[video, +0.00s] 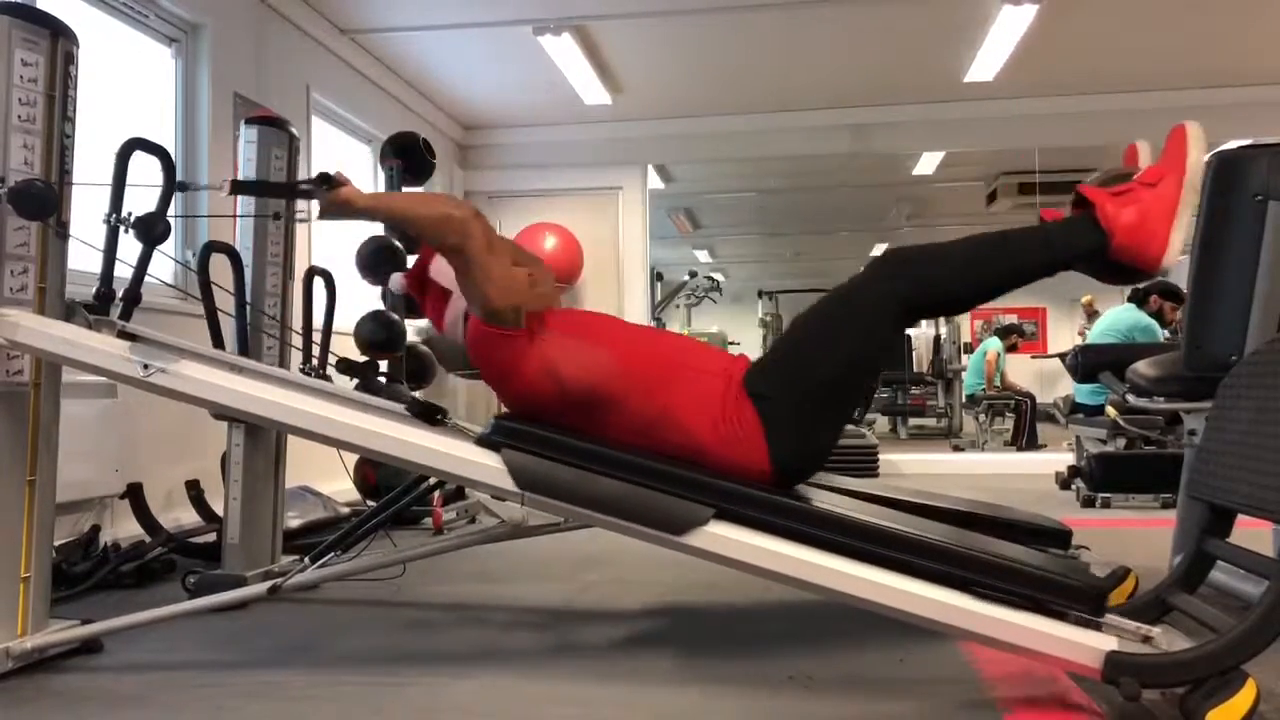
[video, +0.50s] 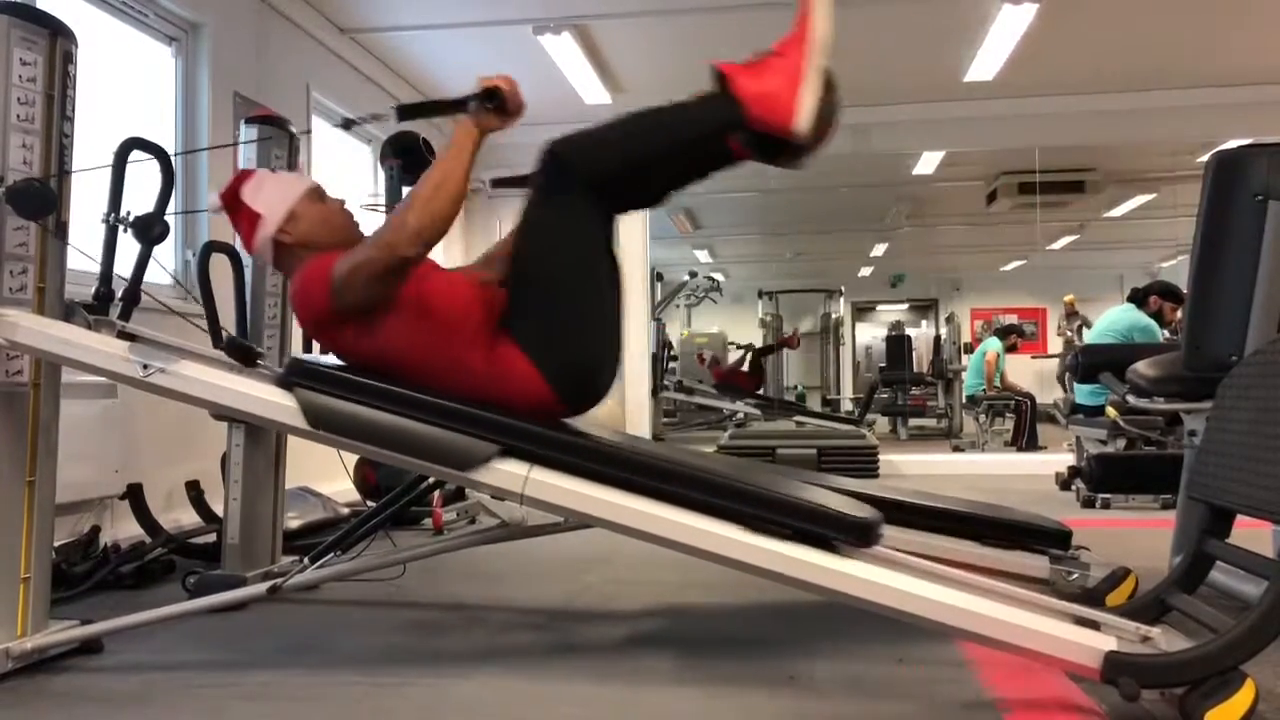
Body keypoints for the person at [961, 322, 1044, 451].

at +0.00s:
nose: (1019, 342)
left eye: (1020, 339)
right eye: (1019, 338)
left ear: (1011, 337)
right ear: (1013, 337)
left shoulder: (999, 348)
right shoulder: (995, 343)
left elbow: (1004, 382)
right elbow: (990, 361)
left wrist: (1019, 389)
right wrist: (990, 389)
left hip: (982, 393)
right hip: (977, 393)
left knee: (1026, 399)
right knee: (1027, 400)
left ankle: (1018, 442)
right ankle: (1027, 444)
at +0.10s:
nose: (1019, 342)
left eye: (1020, 339)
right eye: (1018, 338)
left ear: (1010, 337)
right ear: (1012, 336)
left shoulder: (999, 349)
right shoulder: (995, 342)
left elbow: (1004, 382)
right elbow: (989, 361)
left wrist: (1021, 390)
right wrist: (989, 389)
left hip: (982, 393)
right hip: (976, 393)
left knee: (1026, 399)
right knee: (1027, 399)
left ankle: (1019, 442)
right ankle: (1026, 444)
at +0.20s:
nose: (1018, 343)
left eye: (1019, 340)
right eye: (1018, 339)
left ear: (1010, 337)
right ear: (1012, 337)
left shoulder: (999, 349)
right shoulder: (995, 343)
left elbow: (1004, 383)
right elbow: (989, 361)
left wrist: (1020, 390)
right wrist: (989, 390)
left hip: (982, 393)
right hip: (976, 394)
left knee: (1026, 399)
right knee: (1027, 400)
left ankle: (1019, 443)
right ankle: (1026, 445)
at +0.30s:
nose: (1018, 342)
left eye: (1019, 339)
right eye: (1018, 338)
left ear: (1010, 337)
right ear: (1012, 337)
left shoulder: (999, 349)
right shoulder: (994, 342)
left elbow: (1004, 382)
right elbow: (989, 361)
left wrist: (1020, 390)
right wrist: (989, 389)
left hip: (982, 392)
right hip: (976, 393)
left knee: (1026, 399)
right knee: (1027, 400)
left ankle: (1019, 442)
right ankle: (1026, 444)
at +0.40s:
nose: (1018, 342)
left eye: (1019, 339)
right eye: (1018, 338)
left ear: (1010, 337)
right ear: (1011, 337)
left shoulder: (999, 349)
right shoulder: (994, 342)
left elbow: (1004, 382)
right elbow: (989, 360)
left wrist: (1020, 390)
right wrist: (989, 389)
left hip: (983, 393)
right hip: (977, 393)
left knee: (1026, 399)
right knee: (1027, 400)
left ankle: (1018, 442)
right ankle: (1026, 445)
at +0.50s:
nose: (1019, 343)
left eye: (1020, 339)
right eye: (1019, 339)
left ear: (1010, 338)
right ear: (1012, 337)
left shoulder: (999, 350)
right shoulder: (994, 342)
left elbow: (1004, 382)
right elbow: (989, 361)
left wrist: (1020, 390)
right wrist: (990, 390)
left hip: (983, 393)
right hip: (977, 394)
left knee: (1026, 400)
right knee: (1027, 400)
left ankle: (1018, 443)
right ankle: (1026, 445)